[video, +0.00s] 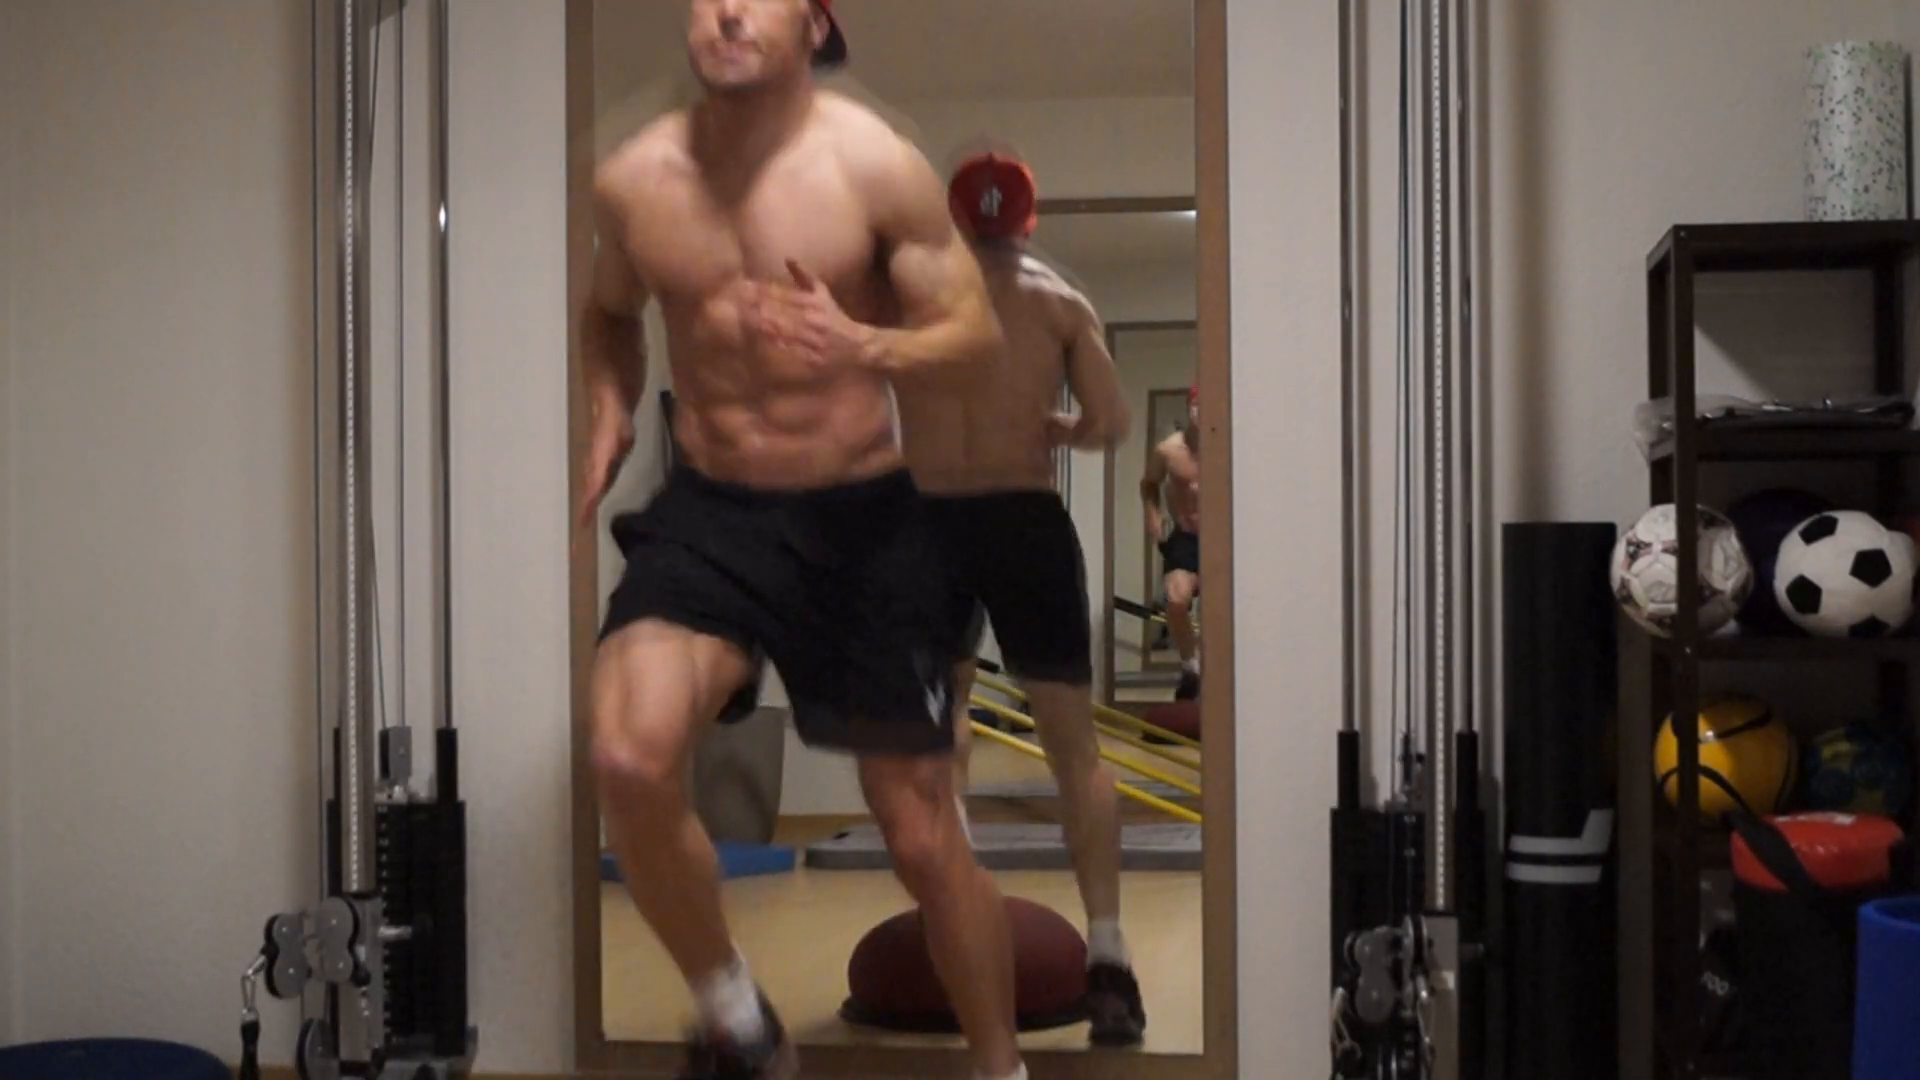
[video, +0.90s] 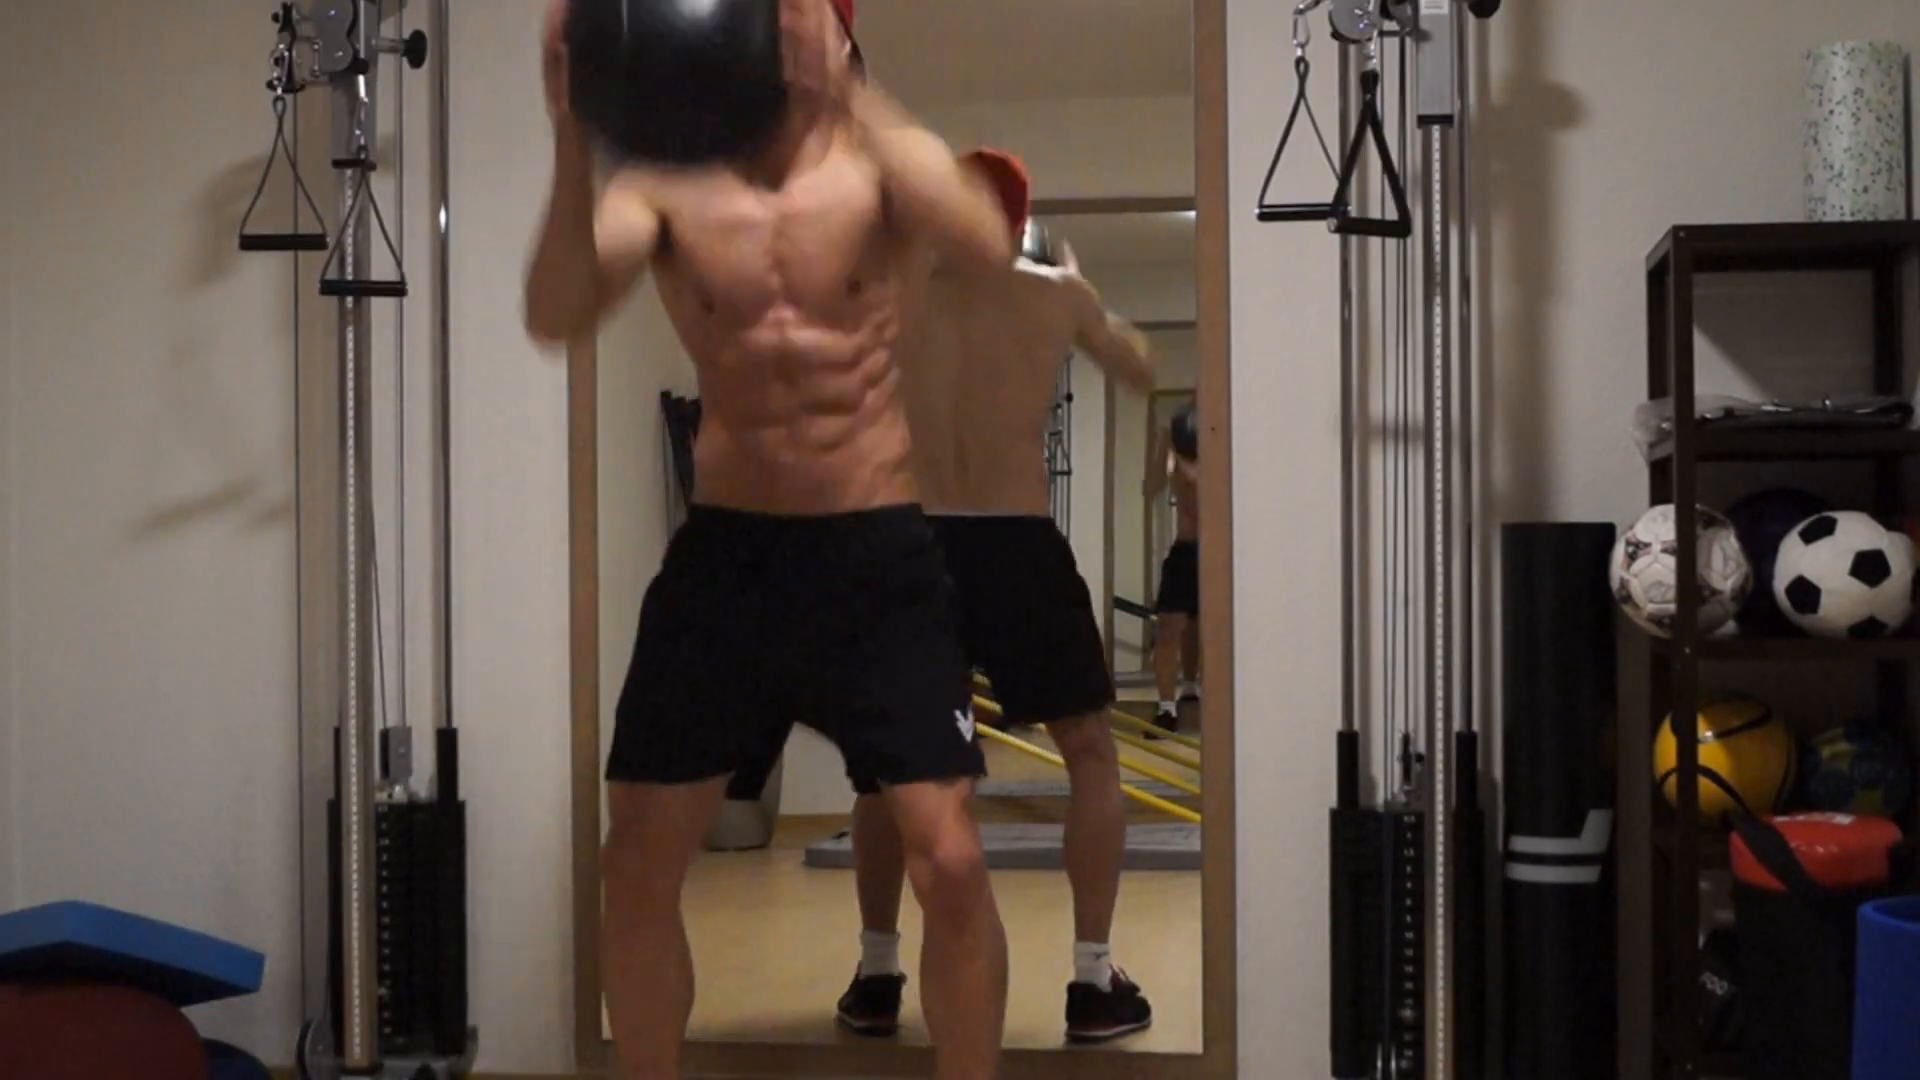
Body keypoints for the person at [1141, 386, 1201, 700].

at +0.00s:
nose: (1202, 417)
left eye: (1207, 410)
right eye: (1198, 410)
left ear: (1215, 415)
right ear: (1189, 413)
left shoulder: (1222, 449)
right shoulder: (1169, 450)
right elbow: (1150, 484)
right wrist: (1154, 518)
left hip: (1219, 537)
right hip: (1185, 536)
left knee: (1219, 610)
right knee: (1177, 600)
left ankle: (1216, 675)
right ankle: (1189, 667)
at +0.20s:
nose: (1188, 384)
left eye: (1194, 378)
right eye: (1183, 378)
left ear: (1203, 384)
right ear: (1174, 384)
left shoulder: (1209, 421)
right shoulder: (1155, 422)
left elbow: (1224, 460)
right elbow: (1135, 461)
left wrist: (1209, 487)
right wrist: (1149, 486)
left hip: (1202, 508)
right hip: (1166, 509)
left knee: (1204, 587)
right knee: (1161, 587)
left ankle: (1206, 655)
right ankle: (1178, 654)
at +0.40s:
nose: (1177, 393)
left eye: (1185, 387)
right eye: (1172, 386)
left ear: (1197, 392)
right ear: (1164, 391)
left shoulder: (1204, 430)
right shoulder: (1142, 428)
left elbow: (1218, 476)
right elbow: (1117, 456)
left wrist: (1198, 461)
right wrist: (1113, 494)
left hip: (1188, 523)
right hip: (1147, 523)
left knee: (1187, 604)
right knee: (1131, 606)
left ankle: (1192, 678)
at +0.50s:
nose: (1168, 410)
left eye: (1175, 405)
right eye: (1161, 404)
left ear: (1187, 412)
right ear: (1151, 410)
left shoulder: (1198, 448)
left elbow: (1214, 491)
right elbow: (1102, 489)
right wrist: (1108, 538)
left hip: (1184, 540)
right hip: (1140, 541)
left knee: (1188, 589)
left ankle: (1203, 660)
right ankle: (1120, 705)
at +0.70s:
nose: (1203, 405)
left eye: (1207, 399)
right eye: (1200, 399)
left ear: (1213, 407)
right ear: (1192, 405)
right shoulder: (1173, 438)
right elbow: (1142, 412)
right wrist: (1160, 361)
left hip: (1212, 540)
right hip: (1181, 538)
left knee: (1206, 626)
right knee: (1172, 626)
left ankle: (1198, 698)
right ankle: (1166, 706)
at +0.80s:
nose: (1189, 403)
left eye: (1190, 393)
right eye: (1186, 395)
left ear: (1200, 396)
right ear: (1185, 399)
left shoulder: (1221, 438)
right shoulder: (1179, 439)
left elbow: (1149, 451)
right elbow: (1148, 453)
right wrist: (1157, 408)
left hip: (1210, 540)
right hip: (1185, 538)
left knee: (1205, 626)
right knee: (1172, 627)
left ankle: (1197, 694)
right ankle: (1167, 705)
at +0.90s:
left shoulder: (1222, 448)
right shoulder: (1181, 457)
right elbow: (1152, 486)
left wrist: (1180, 459)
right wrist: (1161, 446)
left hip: (1212, 545)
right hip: (1186, 544)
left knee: (1201, 625)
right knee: (1171, 623)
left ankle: (1193, 692)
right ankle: (1167, 705)